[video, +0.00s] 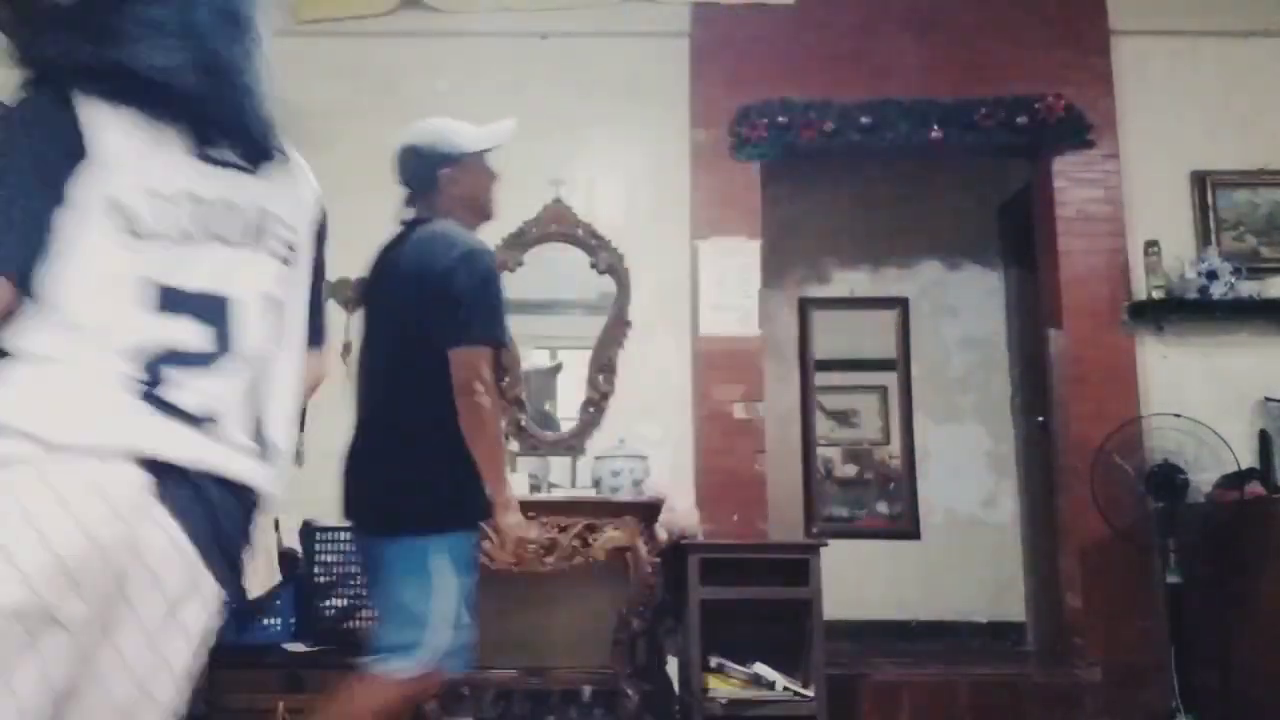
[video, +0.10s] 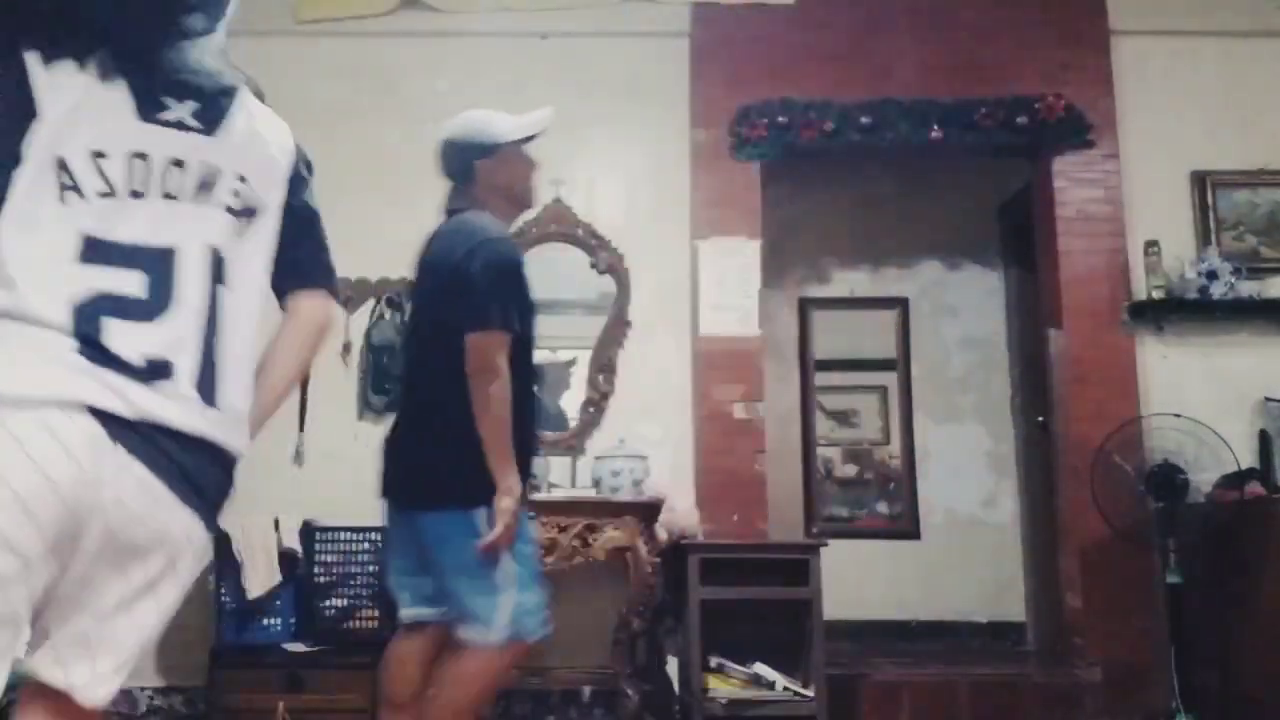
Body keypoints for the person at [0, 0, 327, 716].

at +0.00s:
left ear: (67, 17)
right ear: (229, 28)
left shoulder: (57, 117)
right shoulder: (293, 177)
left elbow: (2, 288)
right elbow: (310, 364)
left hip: (44, 475)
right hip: (205, 508)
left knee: (20, 700)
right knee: (128, 706)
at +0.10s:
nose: (221, 10)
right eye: (219, 12)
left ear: (110, 9)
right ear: (216, 18)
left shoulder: (30, 74)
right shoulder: (274, 144)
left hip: (25, 428)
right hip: (175, 479)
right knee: (59, 703)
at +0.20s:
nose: (215, 45)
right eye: (207, 28)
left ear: (62, 28)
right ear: (190, 45)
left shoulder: (19, 116)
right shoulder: (233, 161)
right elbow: (277, 313)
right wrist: (210, 427)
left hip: (14, 431)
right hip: (136, 470)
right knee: (54, 693)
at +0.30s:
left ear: (32, 93)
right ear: (166, 105)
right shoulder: (227, 238)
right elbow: (235, 400)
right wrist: (155, 473)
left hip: (19, 512)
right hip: (120, 539)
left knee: (79, 702)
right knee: (80, 707)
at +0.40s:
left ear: (113, 149)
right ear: (218, 168)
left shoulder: (54, 241)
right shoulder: (254, 276)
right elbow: (233, 427)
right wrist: (154, 457)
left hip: (15, 509)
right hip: (133, 552)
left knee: (16, 697)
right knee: (64, 708)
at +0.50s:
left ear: (169, 163)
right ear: (258, 171)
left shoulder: (105, 242)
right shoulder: (288, 269)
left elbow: (51, 375)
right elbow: (280, 405)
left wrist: (12, 463)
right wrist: (205, 402)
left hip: (44, 496)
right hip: (168, 527)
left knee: (18, 695)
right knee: (86, 707)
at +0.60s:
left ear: (205, 150)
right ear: (291, 151)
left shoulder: (158, 229)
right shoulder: (315, 234)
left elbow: (104, 369)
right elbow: (326, 369)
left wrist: (51, 475)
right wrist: (270, 394)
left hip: (111, 463)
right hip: (214, 488)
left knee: (100, 669)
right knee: (143, 672)